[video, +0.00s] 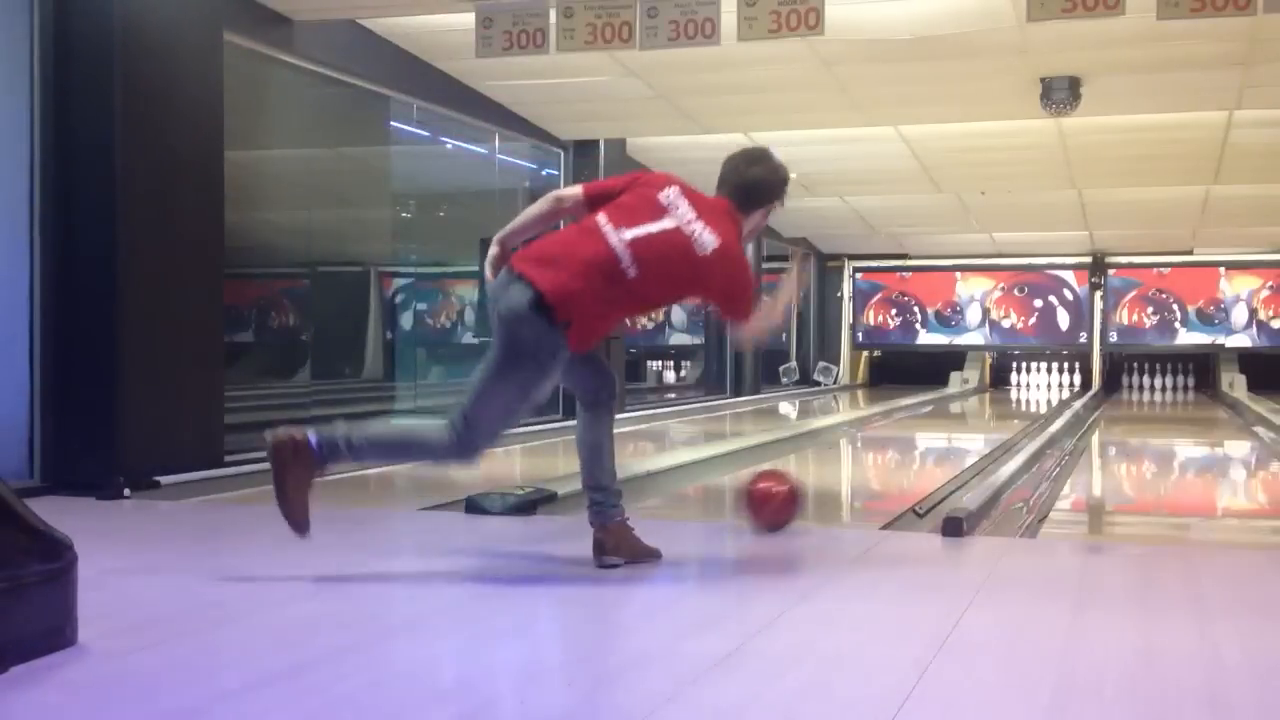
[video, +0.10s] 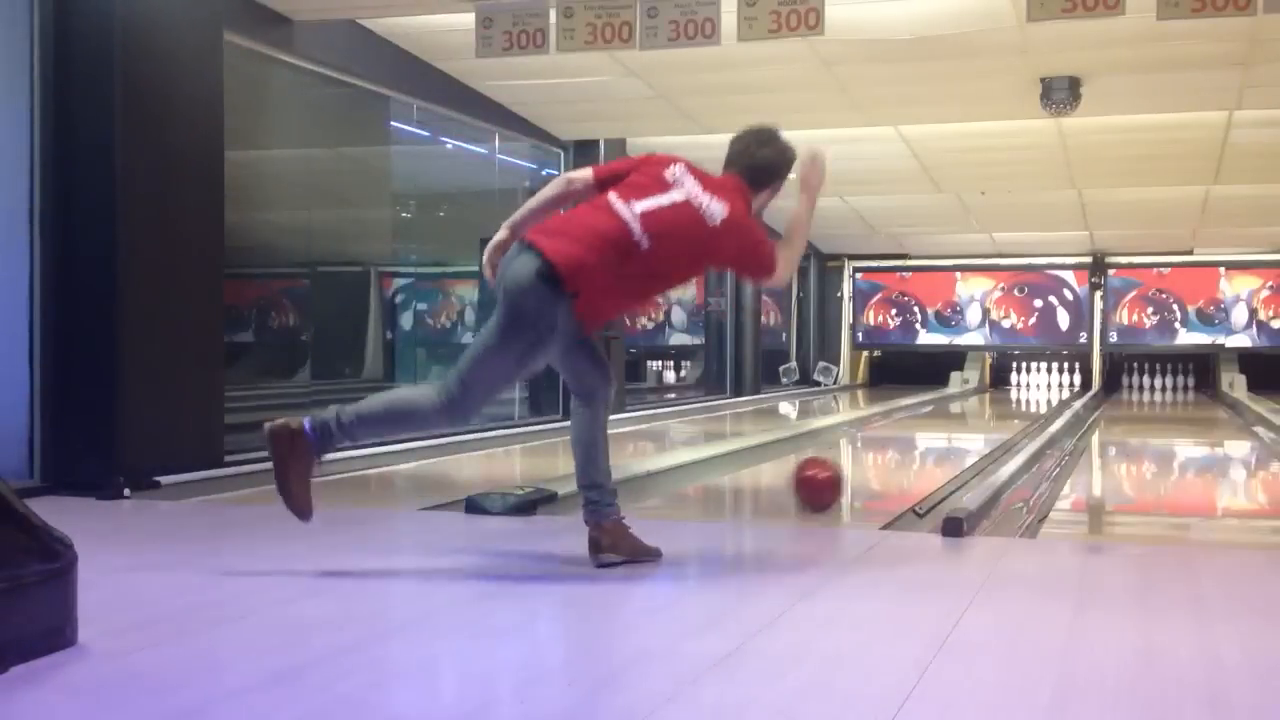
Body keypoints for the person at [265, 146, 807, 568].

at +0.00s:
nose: (772, 218)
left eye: (772, 207)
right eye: (774, 208)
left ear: (726, 184)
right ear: (762, 208)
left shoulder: (661, 184)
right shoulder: (727, 256)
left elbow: (563, 199)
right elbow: (755, 329)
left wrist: (503, 238)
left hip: (513, 286)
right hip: (543, 321)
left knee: (596, 385)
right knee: (464, 440)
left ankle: (610, 528)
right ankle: (311, 452)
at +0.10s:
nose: (778, 196)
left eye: (775, 183)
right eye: (779, 188)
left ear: (729, 161)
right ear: (767, 185)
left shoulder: (667, 165)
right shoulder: (735, 224)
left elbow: (571, 181)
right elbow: (781, 272)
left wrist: (506, 233)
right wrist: (809, 200)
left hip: (524, 259)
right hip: (552, 289)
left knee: (592, 387)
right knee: (453, 402)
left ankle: (605, 528)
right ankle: (310, 439)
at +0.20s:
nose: (781, 175)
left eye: (778, 163)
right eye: (783, 165)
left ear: (733, 139)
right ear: (774, 159)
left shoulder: (676, 148)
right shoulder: (743, 201)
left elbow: (580, 171)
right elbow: (792, 250)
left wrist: (518, 224)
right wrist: (815, 182)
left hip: (538, 252)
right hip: (556, 274)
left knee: (590, 388)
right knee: (466, 392)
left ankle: (603, 529)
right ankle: (325, 445)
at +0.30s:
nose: (783, 156)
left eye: (783, 146)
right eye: (785, 147)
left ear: (733, 123)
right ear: (775, 144)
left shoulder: (676, 139)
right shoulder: (748, 186)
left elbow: (580, 172)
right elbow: (795, 259)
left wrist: (532, 234)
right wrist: (816, 218)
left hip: (553, 257)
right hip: (560, 269)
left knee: (602, 391)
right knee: (483, 391)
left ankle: (607, 532)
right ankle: (349, 463)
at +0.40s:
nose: (781, 144)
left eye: (779, 130)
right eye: (782, 134)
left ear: (728, 113)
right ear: (775, 134)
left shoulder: (673, 136)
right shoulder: (749, 185)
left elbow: (580, 183)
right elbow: (787, 291)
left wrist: (562, 242)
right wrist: (799, 290)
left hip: (562, 263)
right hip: (567, 272)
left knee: (604, 390)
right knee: (492, 396)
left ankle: (608, 531)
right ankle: (362, 475)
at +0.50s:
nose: (774, 137)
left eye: (772, 127)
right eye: (778, 128)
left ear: (724, 110)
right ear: (771, 128)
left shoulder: (667, 134)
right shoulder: (748, 186)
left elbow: (581, 187)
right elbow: (754, 292)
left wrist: (590, 264)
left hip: (562, 263)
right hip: (574, 275)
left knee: (608, 391)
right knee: (496, 400)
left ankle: (608, 531)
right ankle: (367, 476)